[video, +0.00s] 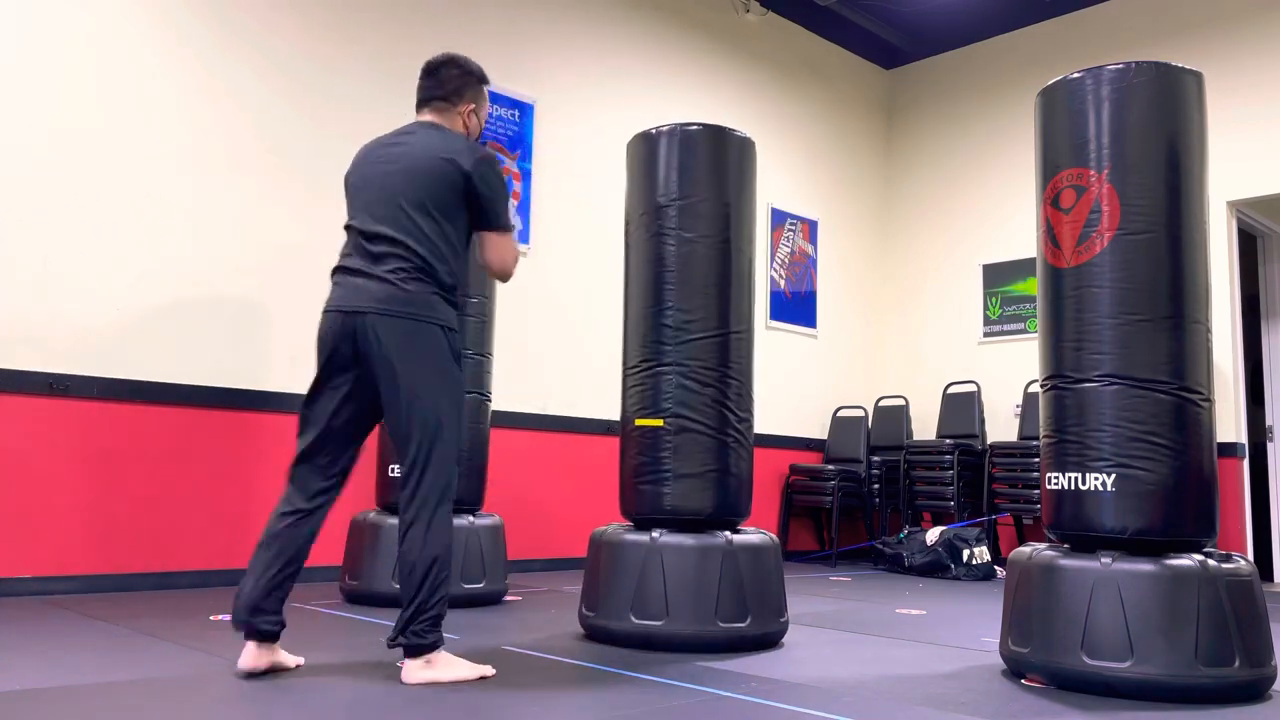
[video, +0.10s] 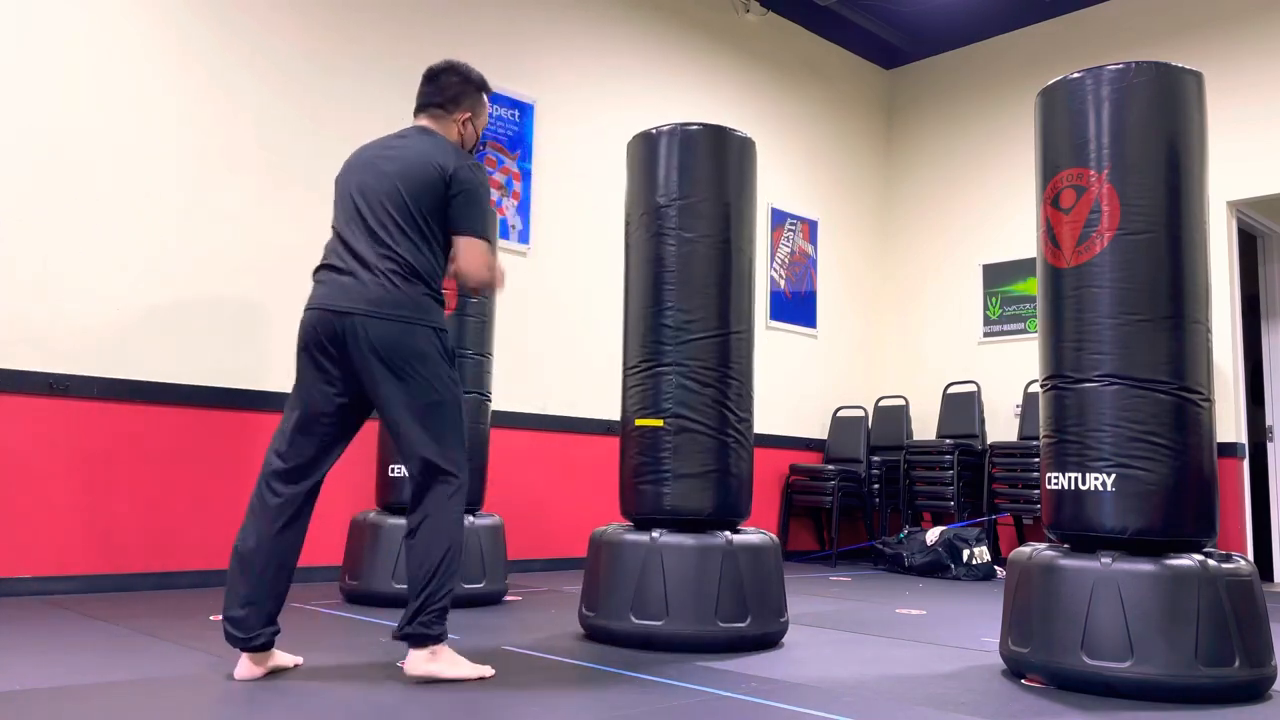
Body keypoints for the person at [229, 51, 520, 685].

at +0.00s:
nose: (485, 119)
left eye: (485, 110)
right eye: (485, 109)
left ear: (423, 103)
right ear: (470, 108)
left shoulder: (371, 153)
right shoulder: (473, 161)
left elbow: (387, 225)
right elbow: (502, 263)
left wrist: (468, 191)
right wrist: (498, 200)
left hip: (344, 313)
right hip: (413, 322)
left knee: (312, 479)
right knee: (431, 483)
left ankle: (258, 639)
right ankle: (422, 650)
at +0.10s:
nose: (480, 131)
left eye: (481, 121)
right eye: (481, 120)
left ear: (424, 107)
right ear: (465, 115)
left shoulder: (364, 156)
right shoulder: (458, 167)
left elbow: (374, 239)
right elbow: (476, 273)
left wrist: (452, 248)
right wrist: (477, 272)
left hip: (327, 316)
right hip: (401, 326)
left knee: (289, 473)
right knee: (442, 476)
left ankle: (251, 644)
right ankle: (427, 643)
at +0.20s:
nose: (481, 135)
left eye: (482, 125)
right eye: (482, 124)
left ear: (425, 110)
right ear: (465, 117)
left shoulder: (361, 157)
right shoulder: (455, 164)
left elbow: (334, 243)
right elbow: (459, 265)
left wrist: (417, 282)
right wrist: (484, 321)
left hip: (323, 312)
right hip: (400, 320)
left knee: (289, 476)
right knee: (452, 468)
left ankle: (250, 644)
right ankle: (446, 625)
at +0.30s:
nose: (486, 139)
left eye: (488, 129)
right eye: (486, 127)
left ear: (427, 114)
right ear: (469, 118)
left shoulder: (370, 159)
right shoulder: (460, 164)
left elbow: (349, 244)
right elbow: (462, 260)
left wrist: (423, 293)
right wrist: (483, 348)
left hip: (331, 317)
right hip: (409, 322)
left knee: (294, 480)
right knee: (466, 473)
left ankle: (252, 643)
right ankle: (491, 627)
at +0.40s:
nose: (492, 135)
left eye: (492, 125)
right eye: (492, 124)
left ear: (433, 114)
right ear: (476, 119)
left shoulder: (391, 163)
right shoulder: (468, 162)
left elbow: (419, 270)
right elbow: (450, 237)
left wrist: (484, 262)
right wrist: (438, 329)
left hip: (351, 332)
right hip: (420, 335)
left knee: (306, 483)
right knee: (493, 473)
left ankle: (256, 643)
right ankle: (523, 630)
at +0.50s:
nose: (498, 120)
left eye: (496, 111)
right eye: (495, 110)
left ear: (442, 110)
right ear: (479, 110)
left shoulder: (448, 162)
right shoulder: (460, 145)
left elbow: (500, 251)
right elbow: (418, 189)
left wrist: (541, 203)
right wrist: (421, 253)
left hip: (401, 344)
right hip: (461, 344)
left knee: (357, 477)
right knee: (520, 482)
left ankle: (279, 620)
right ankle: (517, 637)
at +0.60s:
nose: (504, 111)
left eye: (504, 101)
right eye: (502, 99)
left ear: (467, 98)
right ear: (482, 95)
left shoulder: (476, 166)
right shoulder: (427, 124)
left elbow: (520, 253)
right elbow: (439, 168)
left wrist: (588, 255)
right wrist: (530, 211)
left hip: (487, 325)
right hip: (456, 325)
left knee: (505, 454)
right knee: (502, 463)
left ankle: (390, 480)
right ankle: (516, 630)